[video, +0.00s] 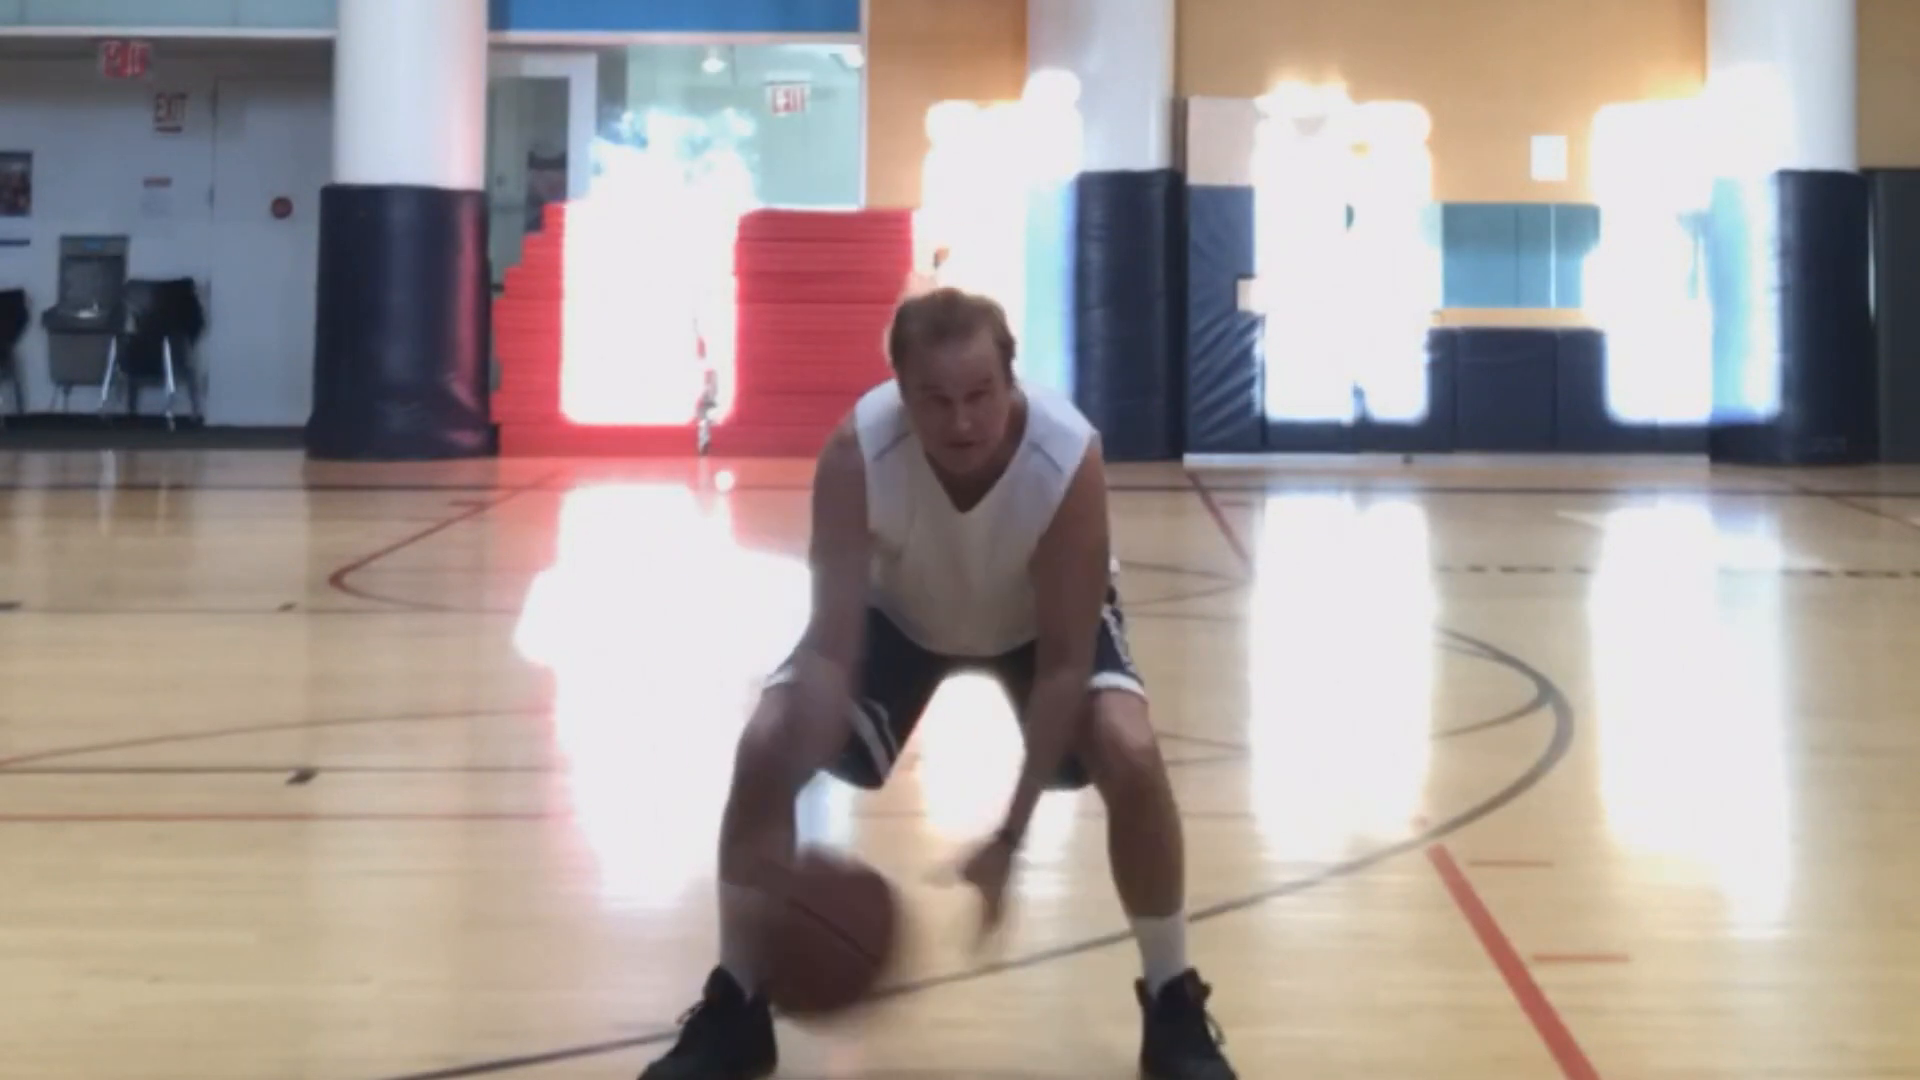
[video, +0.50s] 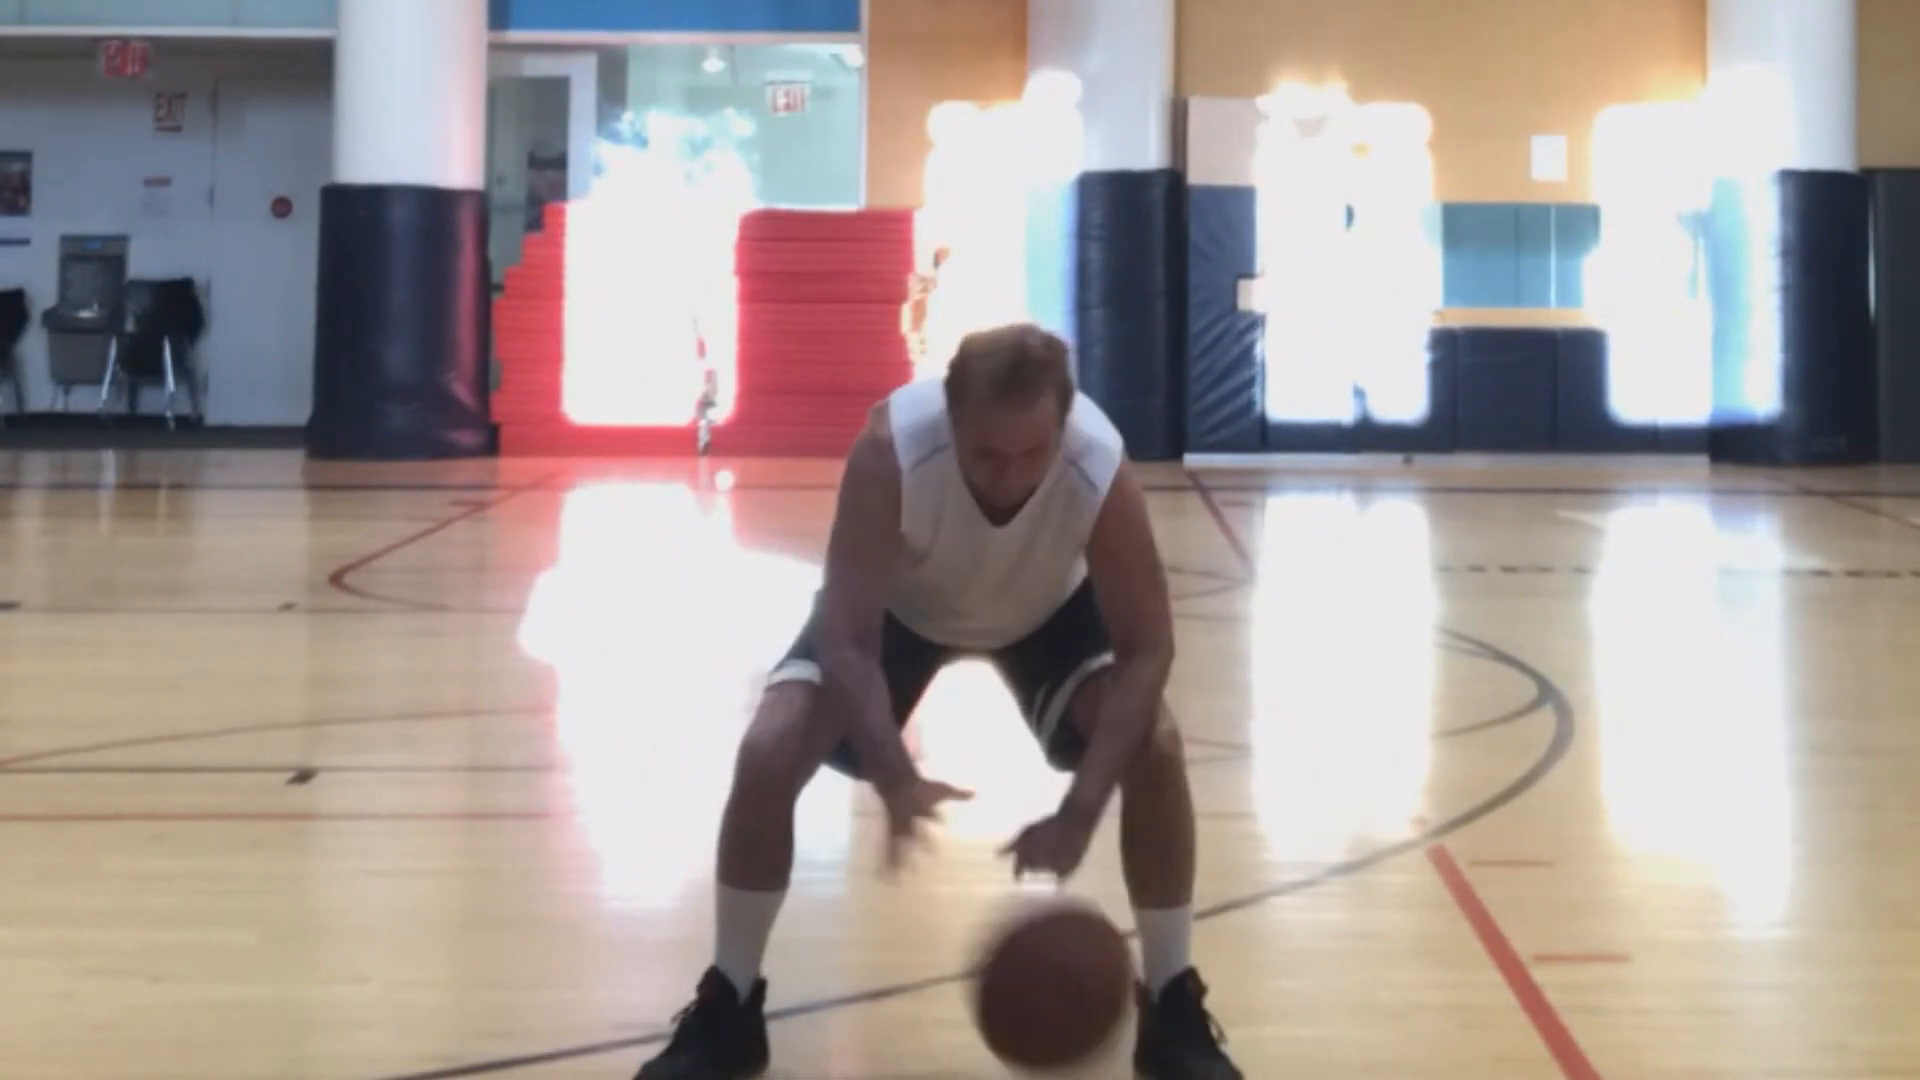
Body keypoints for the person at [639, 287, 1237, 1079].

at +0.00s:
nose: (961, 422)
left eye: (980, 395)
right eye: (936, 400)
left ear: (1011, 374)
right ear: (901, 386)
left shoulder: (1066, 454)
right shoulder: (857, 455)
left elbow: (1065, 661)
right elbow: (830, 646)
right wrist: (792, 835)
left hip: (1041, 623)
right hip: (899, 622)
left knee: (1133, 758)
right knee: (765, 750)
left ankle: (1174, 1007)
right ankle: (735, 1010)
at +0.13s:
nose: (981, 432)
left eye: (1000, 406)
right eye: (958, 409)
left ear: (1035, 391)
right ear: (925, 394)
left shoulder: (1086, 463)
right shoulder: (873, 451)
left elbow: (1077, 656)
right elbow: (791, 626)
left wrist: (1003, 818)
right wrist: (705, 790)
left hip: (1048, 615)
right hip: (899, 609)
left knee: (1146, 749)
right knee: (774, 756)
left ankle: (1175, 1007)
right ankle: (731, 1010)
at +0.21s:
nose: (1013, 470)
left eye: (1040, 451)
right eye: (997, 443)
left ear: (1074, 446)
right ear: (970, 423)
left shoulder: (1110, 527)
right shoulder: (900, 481)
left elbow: (1143, 728)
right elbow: (824, 676)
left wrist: (1167, 900)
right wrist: (876, 847)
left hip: (1057, 652)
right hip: (908, 646)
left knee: (1185, 743)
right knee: (760, 758)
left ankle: (1173, 986)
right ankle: (730, 1007)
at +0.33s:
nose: (992, 449)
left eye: (1017, 428)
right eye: (973, 423)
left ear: (1053, 417)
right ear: (946, 405)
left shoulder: (1093, 507)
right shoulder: (883, 464)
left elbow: (1120, 719)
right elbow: (806, 653)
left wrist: (1113, 893)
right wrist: (852, 825)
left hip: (1051, 650)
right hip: (900, 642)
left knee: (1161, 763)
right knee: (761, 762)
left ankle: (1171, 1008)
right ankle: (729, 1010)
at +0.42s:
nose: (996, 454)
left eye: (1021, 433)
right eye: (977, 429)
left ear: (1056, 424)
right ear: (948, 411)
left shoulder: (1097, 506)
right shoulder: (886, 467)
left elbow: (1134, 710)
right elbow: (815, 658)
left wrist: (1137, 897)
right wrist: (872, 824)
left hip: (1052, 651)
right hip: (902, 644)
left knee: (1160, 765)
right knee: (764, 765)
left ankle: (1166, 1018)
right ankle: (730, 1010)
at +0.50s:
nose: (1009, 476)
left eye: (1032, 454)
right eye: (988, 454)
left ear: (1062, 428)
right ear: (953, 425)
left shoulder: (1097, 466)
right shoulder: (891, 449)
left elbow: (1148, 648)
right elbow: (845, 639)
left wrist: (1078, 815)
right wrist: (894, 773)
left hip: (1045, 609)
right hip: (900, 608)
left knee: (1150, 743)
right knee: (765, 755)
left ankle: (1174, 1009)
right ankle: (729, 1008)